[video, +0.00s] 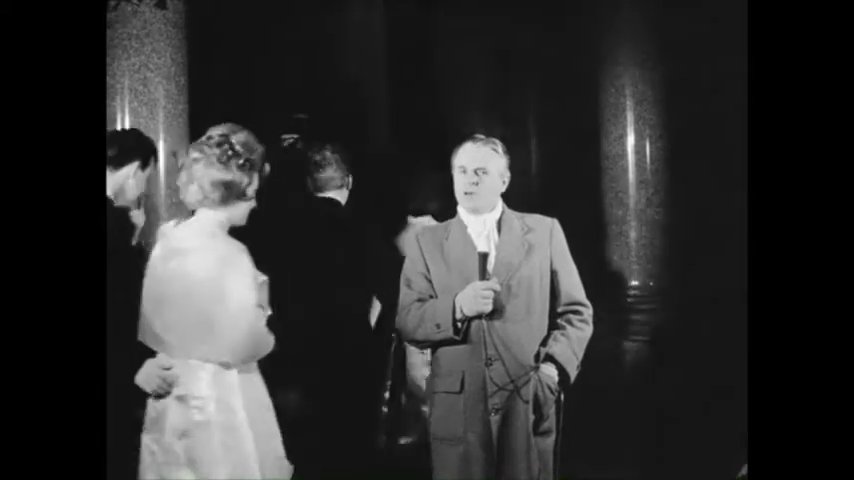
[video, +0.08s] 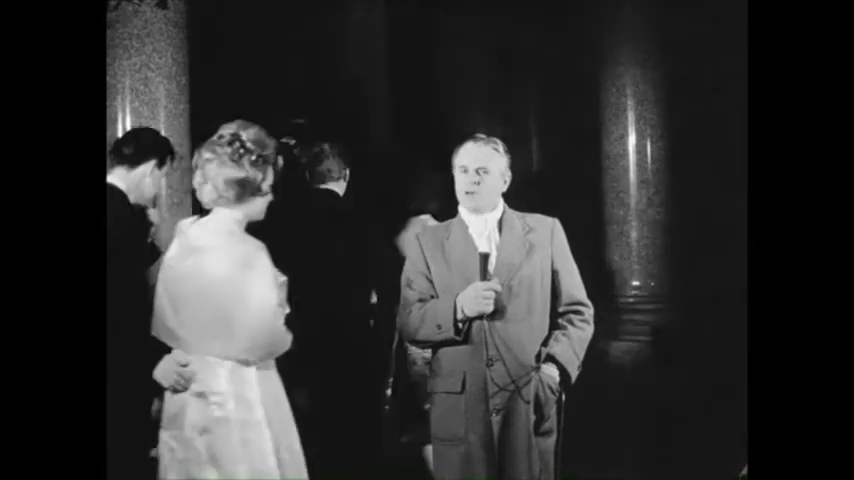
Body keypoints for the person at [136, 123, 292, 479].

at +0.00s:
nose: (256, 201)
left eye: (257, 190)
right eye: (255, 190)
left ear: (197, 186)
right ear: (243, 191)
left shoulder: (168, 237)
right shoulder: (230, 256)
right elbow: (241, 343)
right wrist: (266, 324)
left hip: (167, 383)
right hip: (221, 391)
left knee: (171, 470)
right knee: (229, 471)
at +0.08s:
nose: (272, 195)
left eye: (272, 184)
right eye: (271, 185)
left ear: (206, 186)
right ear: (259, 187)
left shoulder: (185, 237)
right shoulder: (248, 253)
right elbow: (263, 339)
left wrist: (267, 296)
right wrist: (285, 318)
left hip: (183, 384)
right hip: (240, 390)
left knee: (189, 471)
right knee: (247, 471)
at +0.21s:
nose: (293, 194)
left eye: (292, 185)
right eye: (290, 185)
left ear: (227, 188)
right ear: (280, 190)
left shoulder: (203, 242)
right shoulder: (276, 250)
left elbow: (180, 315)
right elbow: (293, 334)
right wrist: (314, 330)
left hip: (204, 382)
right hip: (267, 387)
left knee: (209, 471)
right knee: (271, 470)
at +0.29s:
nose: (308, 197)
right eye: (305, 188)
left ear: (242, 187)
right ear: (298, 193)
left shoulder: (221, 240)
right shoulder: (296, 252)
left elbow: (195, 314)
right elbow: (311, 335)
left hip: (219, 382)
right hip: (283, 386)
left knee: (223, 471)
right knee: (286, 469)